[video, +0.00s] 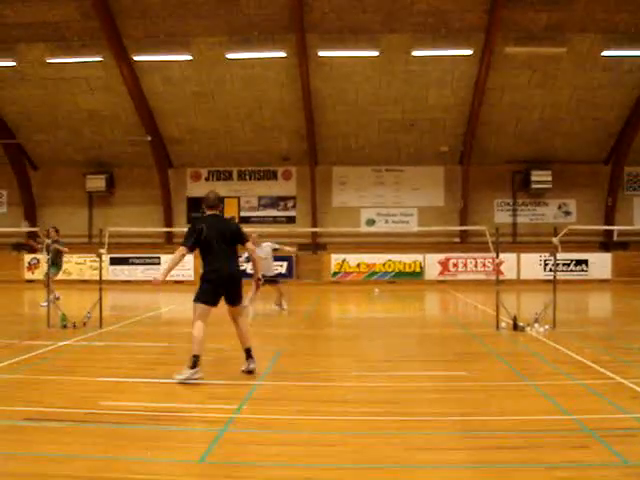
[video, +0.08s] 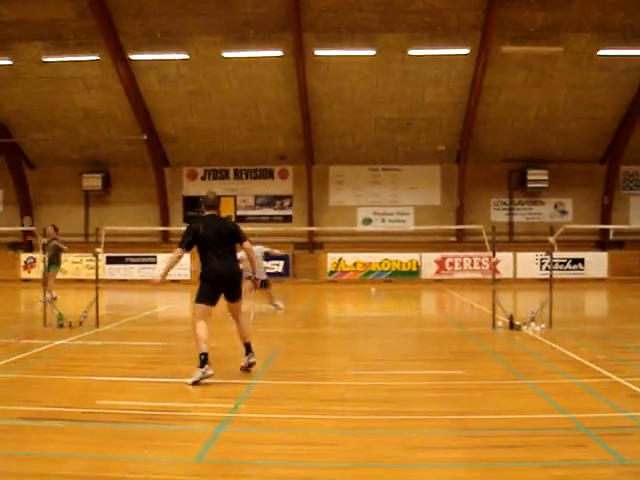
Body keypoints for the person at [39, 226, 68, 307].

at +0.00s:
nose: (50, 234)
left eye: (52, 232)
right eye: (50, 232)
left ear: (56, 233)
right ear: (49, 234)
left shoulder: (60, 242)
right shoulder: (50, 242)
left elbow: (66, 250)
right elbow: (44, 240)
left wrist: (56, 246)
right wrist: (39, 232)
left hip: (57, 264)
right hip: (50, 264)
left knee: (48, 279)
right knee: (46, 279)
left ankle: (49, 299)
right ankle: (54, 294)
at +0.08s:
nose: (48, 231)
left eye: (50, 229)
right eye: (48, 230)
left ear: (55, 231)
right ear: (46, 231)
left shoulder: (57, 241)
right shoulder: (48, 241)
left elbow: (65, 248)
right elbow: (40, 239)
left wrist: (57, 244)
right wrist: (36, 232)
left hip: (55, 263)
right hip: (48, 263)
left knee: (49, 280)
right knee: (45, 280)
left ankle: (50, 296)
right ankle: (52, 294)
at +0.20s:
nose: (52, 227)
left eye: (54, 225)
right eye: (51, 225)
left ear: (58, 226)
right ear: (51, 226)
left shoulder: (60, 236)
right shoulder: (50, 237)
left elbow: (68, 244)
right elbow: (41, 239)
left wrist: (61, 236)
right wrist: (34, 232)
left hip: (60, 257)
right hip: (53, 258)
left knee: (56, 274)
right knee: (52, 276)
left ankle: (58, 291)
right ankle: (52, 292)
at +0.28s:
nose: (53, 226)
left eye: (55, 224)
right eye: (52, 224)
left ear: (59, 225)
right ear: (52, 225)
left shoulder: (61, 234)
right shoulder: (50, 235)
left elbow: (69, 243)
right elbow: (43, 240)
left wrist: (62, 234)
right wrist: (35, 233)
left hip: (61, 256)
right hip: (54, 256)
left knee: (58, 274)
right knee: (54, 275)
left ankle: (60, 292)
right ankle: (54, 292)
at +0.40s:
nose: (59, 227)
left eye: (61, 225)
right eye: (59, 225)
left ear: (65, 227)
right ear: (58, 227)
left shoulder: (67, 235)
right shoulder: (58, 236)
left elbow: (72, 244)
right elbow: (50, 238)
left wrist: (65, 234)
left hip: (67, 258)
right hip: (60, 257)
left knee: (66, 275)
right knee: (61, 276)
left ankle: (70, 291)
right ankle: (66, 292)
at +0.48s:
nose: (68, 230)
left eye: (70, 227)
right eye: (68, 228)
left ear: (74, 230)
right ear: (68, 230)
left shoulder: (77, 238)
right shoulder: (68, 239)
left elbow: (81, 246)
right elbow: (61, 239)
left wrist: (73, 237)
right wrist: (54, 237)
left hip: (77, 261)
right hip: (70, 261)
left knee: (80, 277)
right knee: (70, 278)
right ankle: (72, 293)